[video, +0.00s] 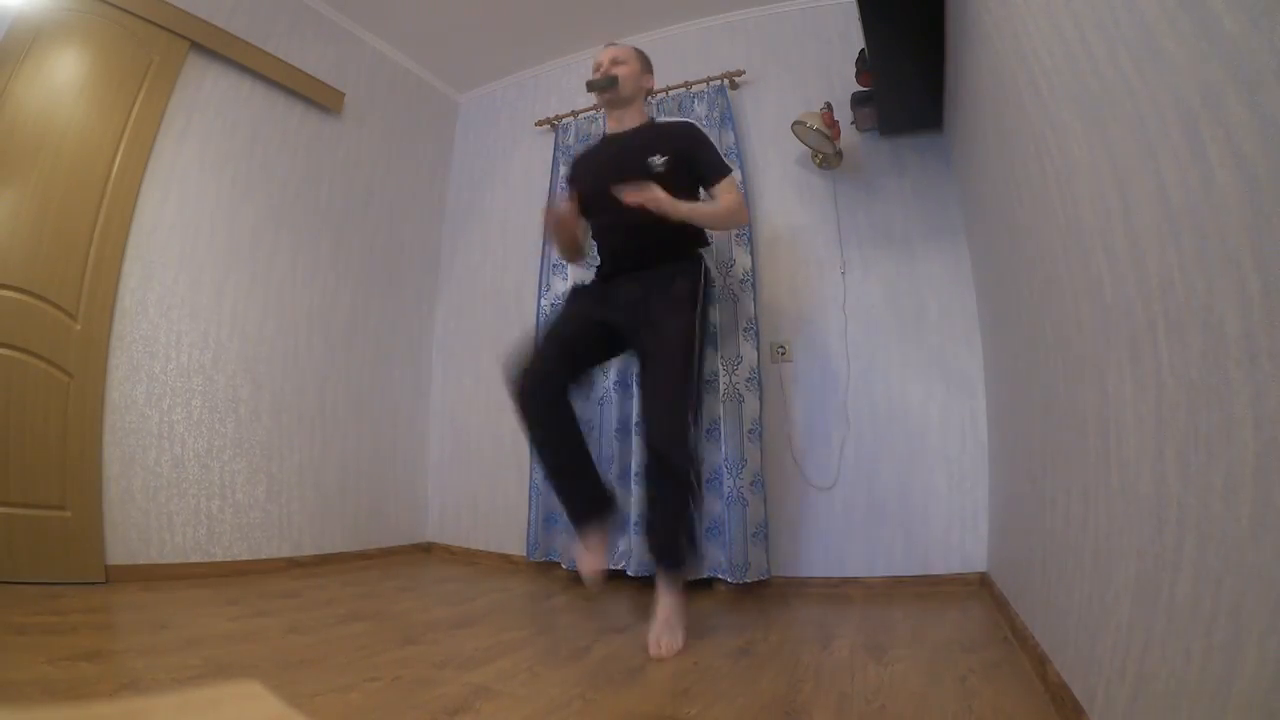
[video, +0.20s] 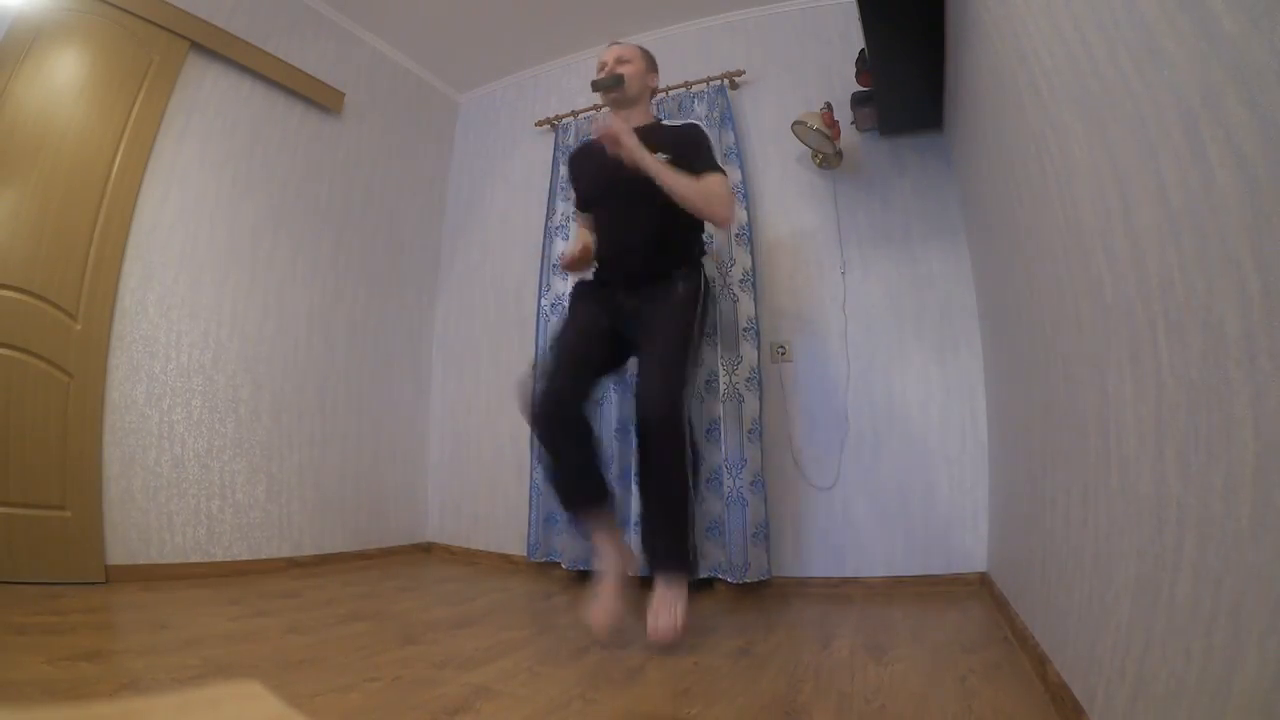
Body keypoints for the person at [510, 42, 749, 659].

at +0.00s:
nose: (604, 65)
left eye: (620, 59)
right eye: (599, 62)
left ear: (649, 84)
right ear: (592, 90)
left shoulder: (680, 137)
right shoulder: (585, 162)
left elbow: (736, 211)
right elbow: (572, 252)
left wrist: (672, 205)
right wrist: (561, 224)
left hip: (673, 289)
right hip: (610, 291)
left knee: (665, 432)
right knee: (536, 378)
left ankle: (669, 583)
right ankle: (591, 515)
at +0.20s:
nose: (610, 67)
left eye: (626, 61)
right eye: (603, 63)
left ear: (653, 84)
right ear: (594, 87)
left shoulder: (682, 139)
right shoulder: (585, 157)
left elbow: (722, 209)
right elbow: (588, 228)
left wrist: (640, 155)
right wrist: (579, 251)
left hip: (672, 291)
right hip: (606, 295)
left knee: (657, 410)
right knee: (553, 402)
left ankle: (669, 574)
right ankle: (608, 547)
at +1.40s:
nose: (594, 48)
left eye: (608, 41)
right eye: (588, 45)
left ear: (639, 62)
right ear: (580, 70)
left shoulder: (673, 127)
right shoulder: (567, 138)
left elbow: (712, 203)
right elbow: (557, 213)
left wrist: (626, 157)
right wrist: (547, 233)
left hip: (649, 264)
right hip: (582, 274)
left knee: (608, 348)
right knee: (578, 412)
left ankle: (631, 545)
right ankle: (610, 583)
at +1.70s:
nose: (580, 36)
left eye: (596, 29)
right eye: (576, 33)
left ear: (629, 52)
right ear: (572, 62)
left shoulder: (664, 107)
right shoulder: (568, 138)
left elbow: (732, 182)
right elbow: (568, 228)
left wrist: (658, 184)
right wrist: (540, 215)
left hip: (658, 280)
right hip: (593, 280)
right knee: (497, 354)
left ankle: (645, 612)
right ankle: (576, 495)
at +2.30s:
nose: (577, 31)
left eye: (593, 23)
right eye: (572, 28)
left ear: (626, 45)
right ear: (569, 56)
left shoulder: (661, 97)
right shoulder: (567, 132)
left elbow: (725, 175)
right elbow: (570, 221)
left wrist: (639, 159)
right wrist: (539, 212)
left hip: (655, 264)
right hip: (590, 271)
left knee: (634, 423)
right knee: (495, 363)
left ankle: (648, 602)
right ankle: (572, 513)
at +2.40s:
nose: (575, 55)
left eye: (591, 46)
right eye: (570, 52)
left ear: (628, 66)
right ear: (568, 76)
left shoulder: (655, 116)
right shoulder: (575, 148)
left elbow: (708, 178)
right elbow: (597, 247)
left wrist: (603, 129)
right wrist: (545, 265)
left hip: (650, 305)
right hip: (583, 298)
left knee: (650, 470)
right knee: (460, 287)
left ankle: (655, 627)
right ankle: (536, 445)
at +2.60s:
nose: (582, 36)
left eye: (597, 28)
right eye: (576, 33)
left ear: (630, 49)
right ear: (570, 60)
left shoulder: (667, 116)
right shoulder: (554, 131)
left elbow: (707, 198)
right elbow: (543, 207)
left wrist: (626, 179)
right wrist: (534, 228)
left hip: (646, 258)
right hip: (574, 272)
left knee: (609, 317)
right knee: (572, 435)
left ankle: (639, 525)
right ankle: (604, 600)